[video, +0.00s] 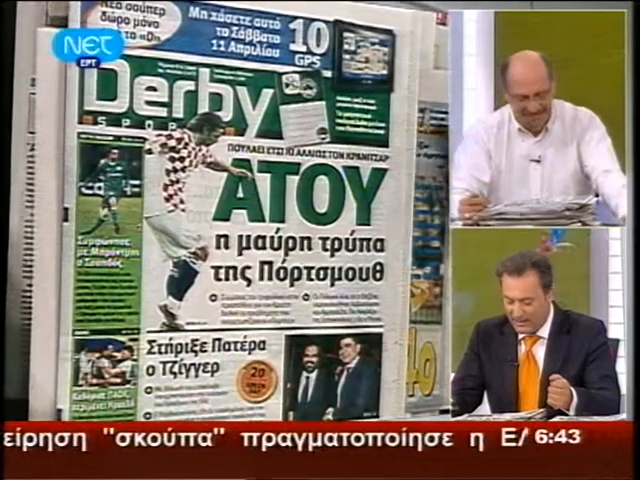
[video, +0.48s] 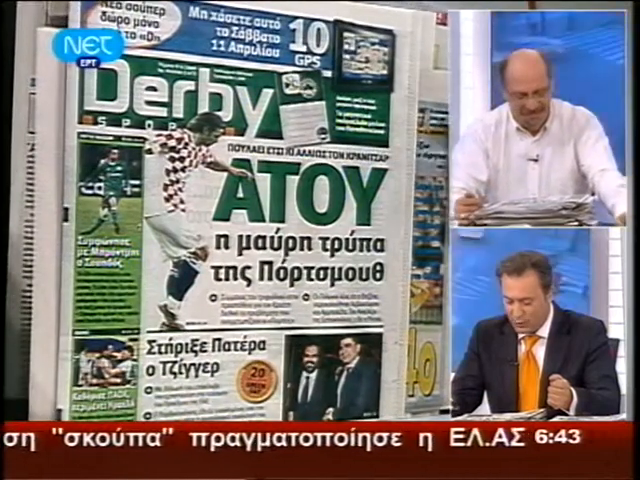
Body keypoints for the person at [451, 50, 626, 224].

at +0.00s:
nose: (533, 107)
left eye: (541, 96)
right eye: (521, 99)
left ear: (552, 86)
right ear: (506, 94)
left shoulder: (583, 123)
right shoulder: (485, 133)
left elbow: (609, 177)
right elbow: (462, 196)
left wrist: (630, 213)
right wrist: (468, 210)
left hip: (573, 244)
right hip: (505, 244)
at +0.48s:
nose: (532, 105)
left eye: (539, 93)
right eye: (520, 96)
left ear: (550, 85)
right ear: (506, 92)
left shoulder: (580, 122)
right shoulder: (483, 131)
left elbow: (605, 173)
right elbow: (461, 191)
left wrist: (625, 210)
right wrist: (464, 209)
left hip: (569, 242)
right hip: (502, 243)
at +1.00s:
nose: (527, 106)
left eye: (535, 95)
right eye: (516, 97)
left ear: (548, 87)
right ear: (503, 93)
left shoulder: (578, 123)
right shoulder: (481, 130)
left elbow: (602, 173)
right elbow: (462, 187)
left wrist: (624, 210)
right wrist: (462, 208)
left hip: (566, 244)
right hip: (499, 244)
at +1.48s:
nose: (535, 101)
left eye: (542, 89)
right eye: (524, 92)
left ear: (551, 84)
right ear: (504, 91)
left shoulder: (578, 122)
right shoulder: (481, 130)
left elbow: (602, 173)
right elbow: (461, 189)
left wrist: (624, 210)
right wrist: (463, 208)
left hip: (567, 245)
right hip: (499, 245)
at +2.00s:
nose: (537, 101)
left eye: (544, 90)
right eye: (526, 92)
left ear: (553, 84)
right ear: (507, 91)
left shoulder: (580, 123)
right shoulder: (483, 131)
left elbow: (603, 173)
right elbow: (462, 189)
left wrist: (624, 210)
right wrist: (463, 208)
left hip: (567, 246)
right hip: (499, 245)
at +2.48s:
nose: (536, 102)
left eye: (543, 91)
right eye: (525, 93)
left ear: (552, 84)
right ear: (506, 91)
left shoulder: (580, 123)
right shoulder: (482, 131)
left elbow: (603, 173)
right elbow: (462, 189)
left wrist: (624, 210)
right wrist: (463, 208)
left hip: (567, 245)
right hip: (500, 245)